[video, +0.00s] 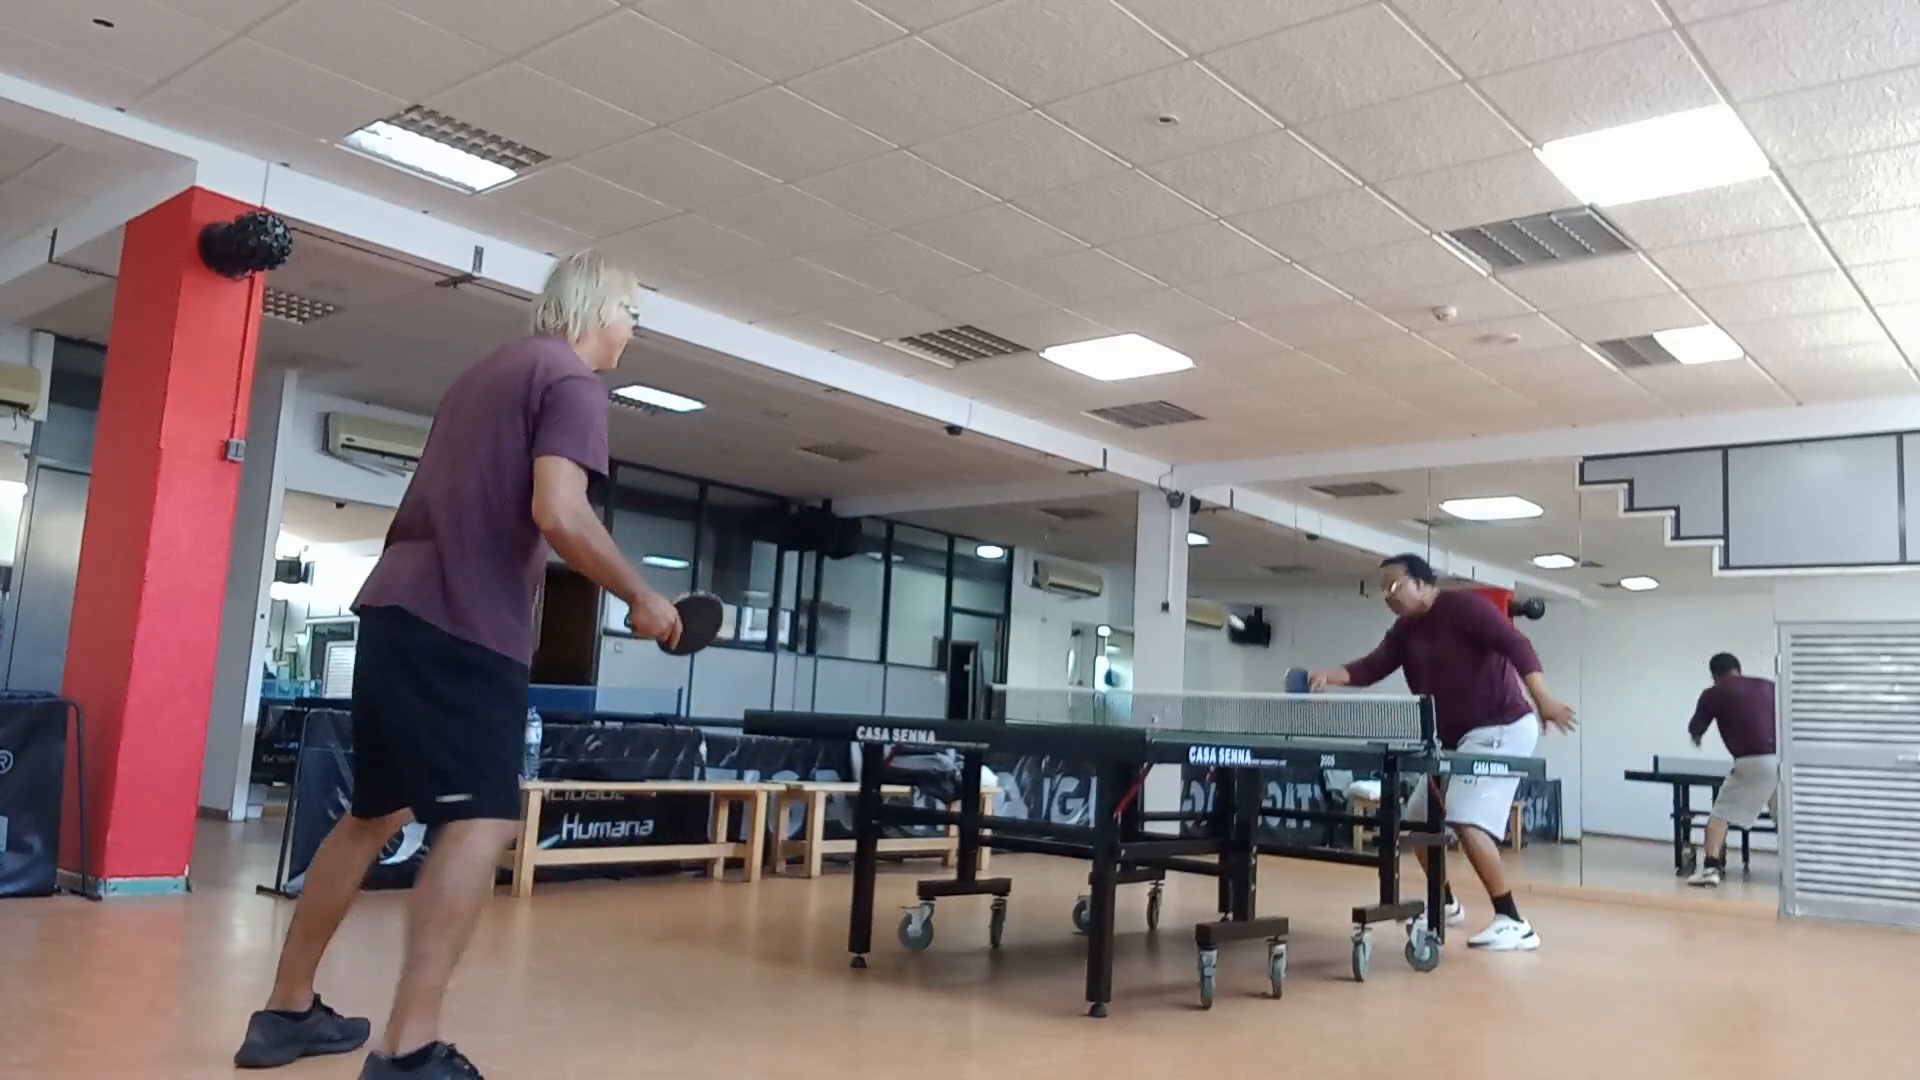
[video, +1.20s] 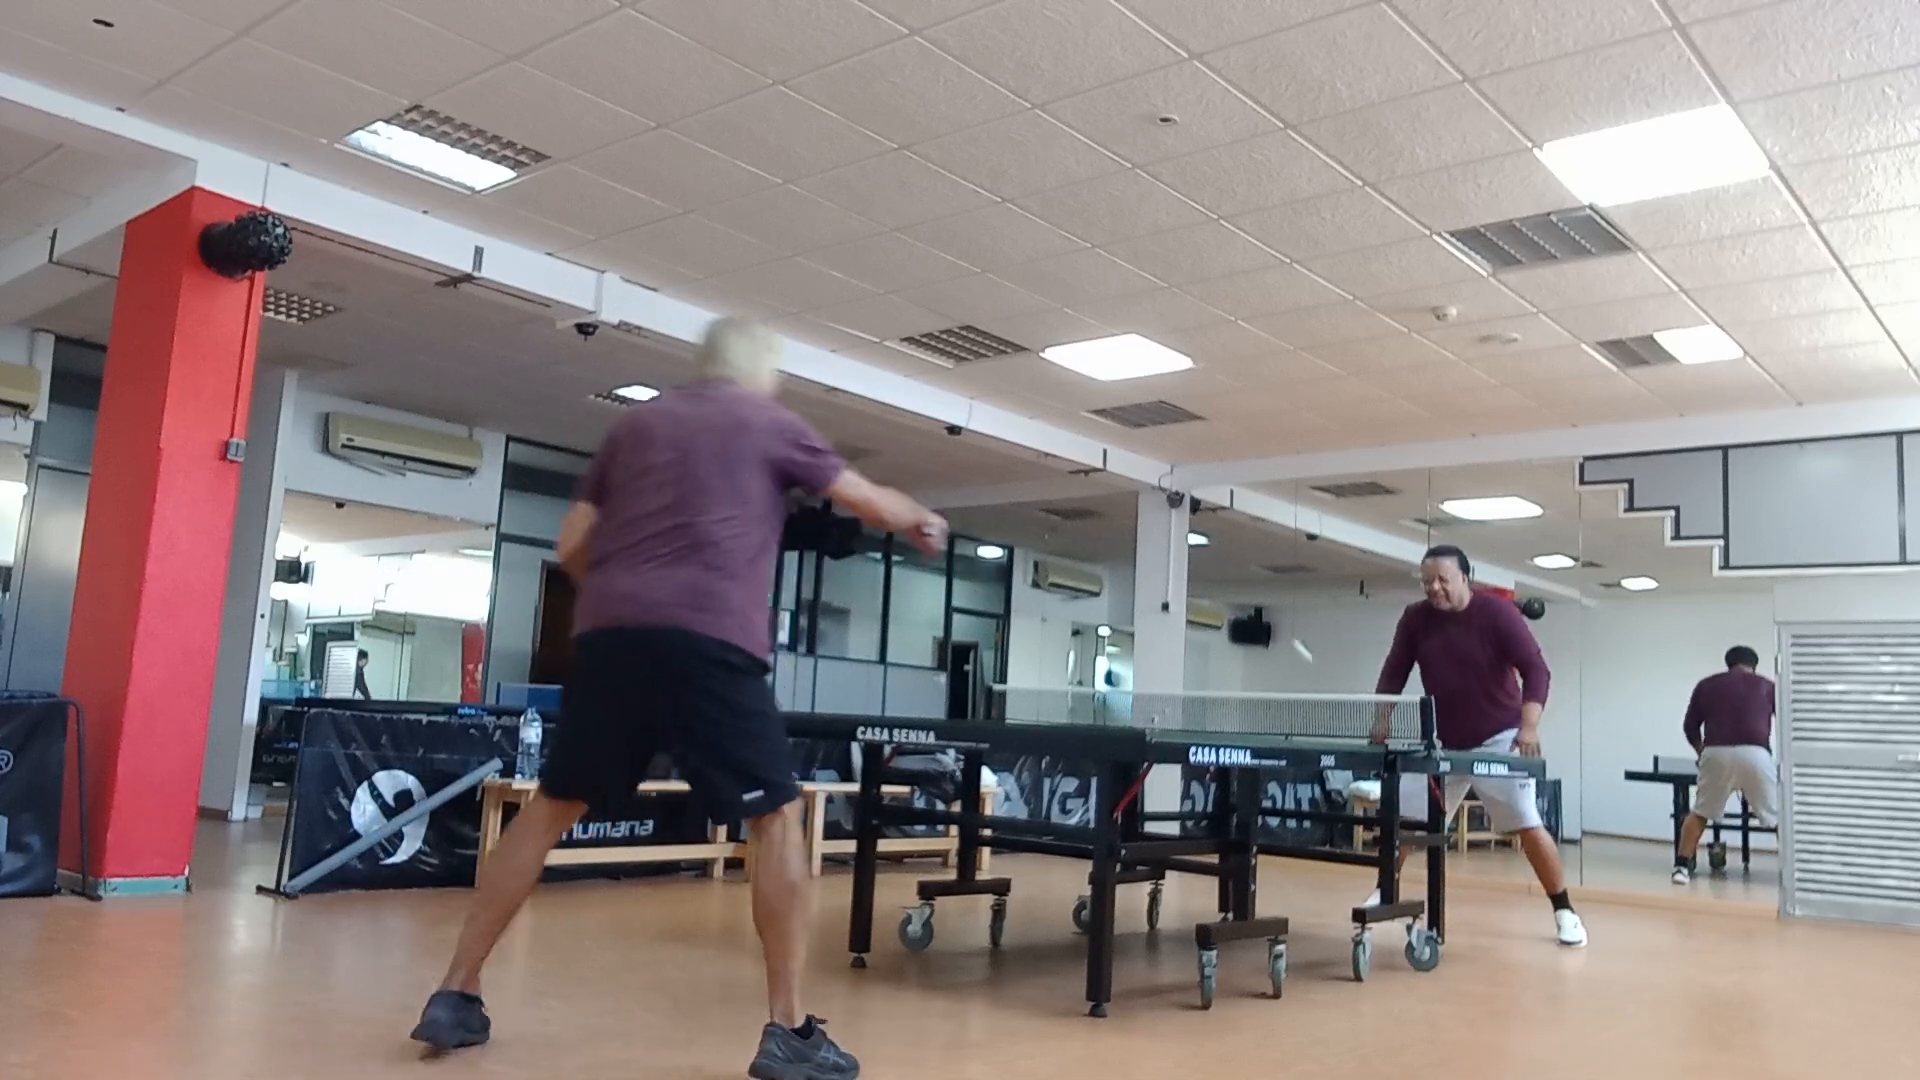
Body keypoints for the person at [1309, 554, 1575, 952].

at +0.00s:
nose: (1388, 597)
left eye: (1393, 586)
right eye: (1383, 592)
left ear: (1419, 581)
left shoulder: (1465, 605)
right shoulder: (1404, 632)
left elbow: (1517, 644)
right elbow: (1371, 667)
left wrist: (1542, 698)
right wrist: (1328, 676)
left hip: (1502, 728)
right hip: (1455, 739)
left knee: (1467, 818)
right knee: (1417, 822)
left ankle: (1512, 922)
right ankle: (1443, 902)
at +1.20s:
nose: (1434, 588)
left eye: (1442, 579)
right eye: (1428, 581)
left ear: (1464, 578)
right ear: (1423, 583)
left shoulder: (1497, 612)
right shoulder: (1416, 619)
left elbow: (1536, 669)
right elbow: (1393, 672)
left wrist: (1529, 727)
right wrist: (1381, 719)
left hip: (1500, 738)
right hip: (1442, 743)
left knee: (1526, 822)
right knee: (1401, 818)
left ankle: (1564, 912)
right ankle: (1384, 893)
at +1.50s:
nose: (1440, 591)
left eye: (1448, 582)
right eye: (1433, 584)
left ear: (1467, 577)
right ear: (1426, 584)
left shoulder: (1502, 610)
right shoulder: (1414, 620)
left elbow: (1542, 658)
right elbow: (1386, 675)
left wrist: (1545, 706)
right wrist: (1432, 710)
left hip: (1507, 733)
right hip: (1448, 739)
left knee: (1527, 819)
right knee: (1409, 820)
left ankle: (1567, 911)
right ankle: (1401, 896)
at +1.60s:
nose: (1431, 595)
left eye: (1438, 586)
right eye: (1423, 588)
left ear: (1456, 580)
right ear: (1416, 586)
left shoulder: (1490, 607)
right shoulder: (1404, 613)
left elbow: (1542, 642)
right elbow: (1368, 644)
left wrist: (1561, 682)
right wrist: (1410, 661)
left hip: (1502, 732)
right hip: (1446, 737)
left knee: (1532, 817)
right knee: (1407, 819)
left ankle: (1571, 911)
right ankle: (1399, 897)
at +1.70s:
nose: (1422, 594)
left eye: (1429, 585)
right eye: (1414, 587)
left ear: (1447, 579)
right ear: (1407, 586)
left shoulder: (1480, 604)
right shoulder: (1399, 605)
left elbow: (1536, 619)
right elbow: (1359, 602)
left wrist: (1584, 650)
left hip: (1498, 735)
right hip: (1438, 739)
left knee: (1533, 820)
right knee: (1403, 822)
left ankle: (1572, 912)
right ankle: (1398, 900)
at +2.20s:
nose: (1449, 555)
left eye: (1458, 548)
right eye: (1445, 549)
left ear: (1482, 555)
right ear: (1441, 559)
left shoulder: (1516, 597)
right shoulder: (1430, 602)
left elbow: (1570, 640)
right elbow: (1425, 663)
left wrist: (1628, 683)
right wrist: (1425, 714)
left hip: (1507, 728)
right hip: (1448, 730)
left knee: (1529, 824)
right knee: (1417, 823)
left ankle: (1558, 912)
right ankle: (1406, 903)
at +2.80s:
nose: (1445, 570)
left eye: (1448, 561)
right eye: (1444, 562)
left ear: (1473, 558)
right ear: (1472, 559)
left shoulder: (1501, 595)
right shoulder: (1490, 596)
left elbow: (1490, 666)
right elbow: (1488, 669)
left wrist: (1455, 719)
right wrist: (1466, 722)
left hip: (1518, 716)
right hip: (1495, 718)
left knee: (1513, 820)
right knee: (1458, 804)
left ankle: (1567, 920)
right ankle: (1467, 902)